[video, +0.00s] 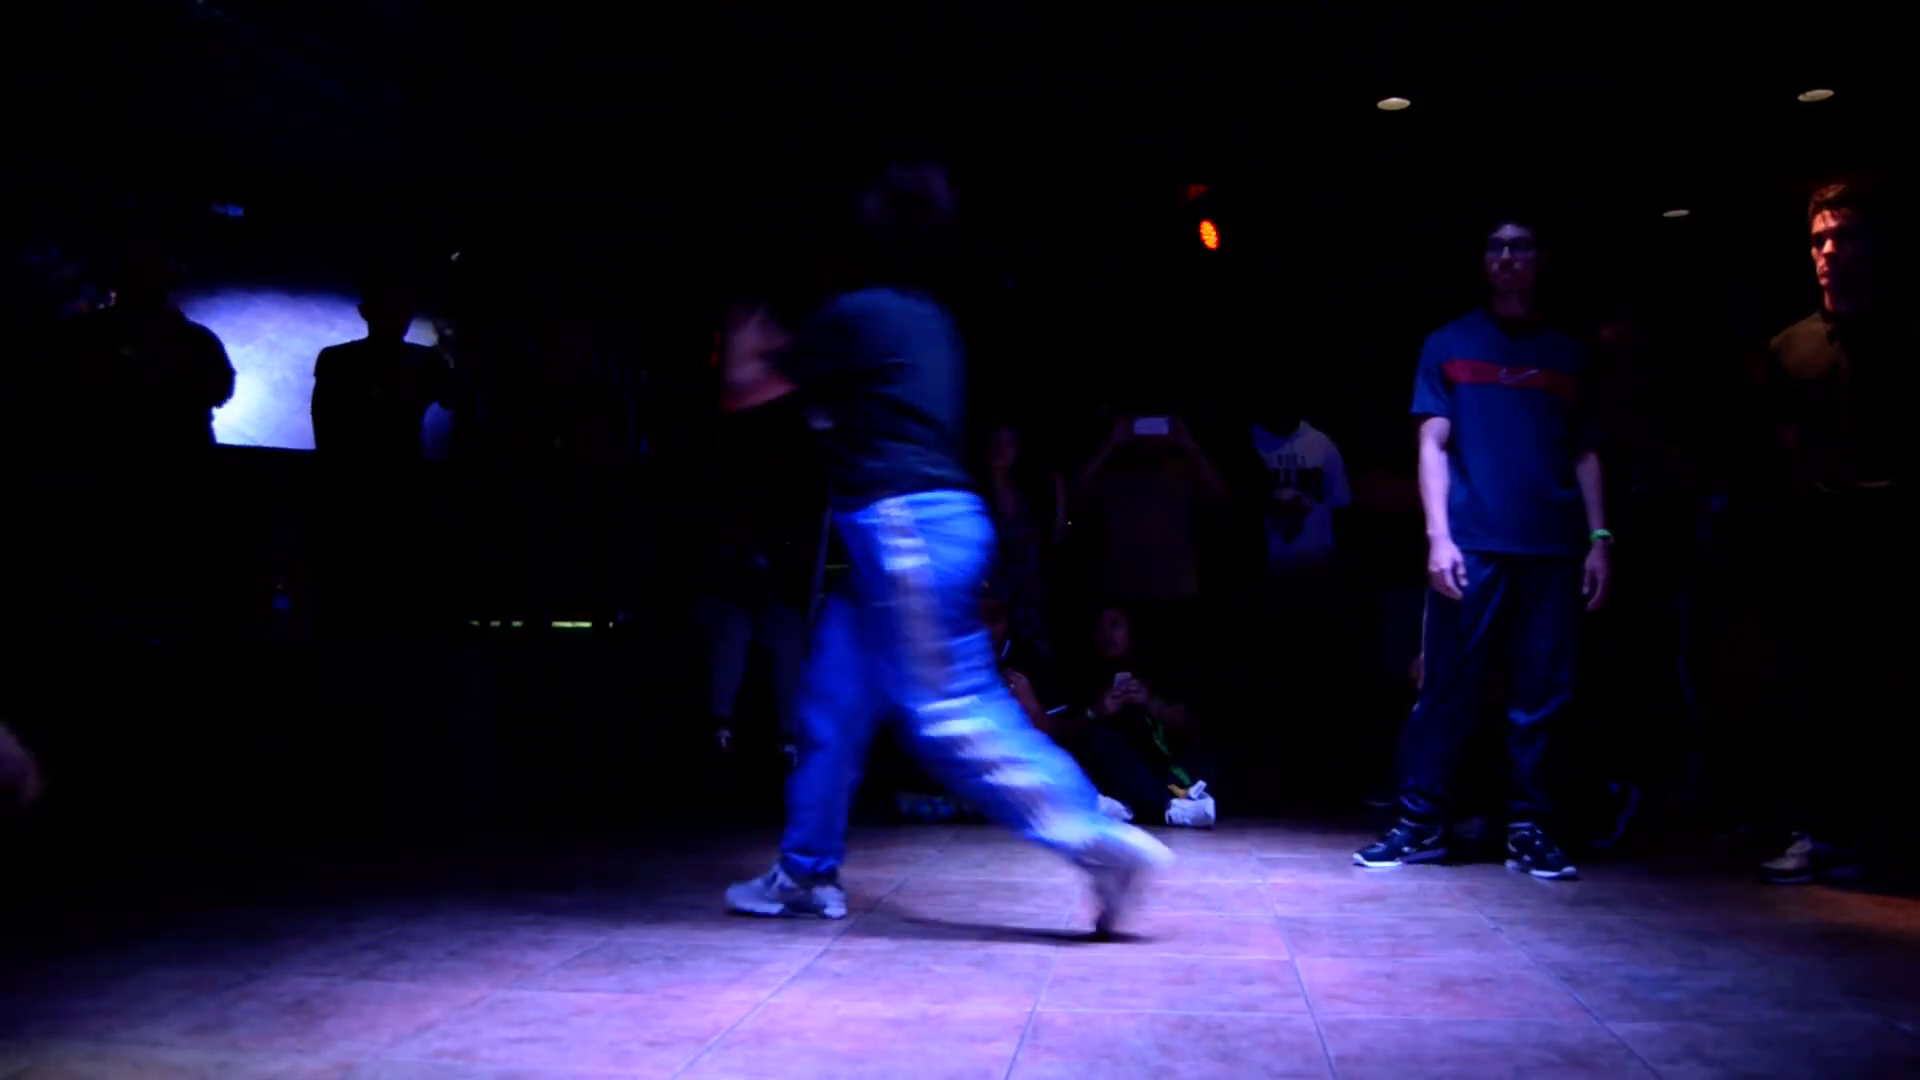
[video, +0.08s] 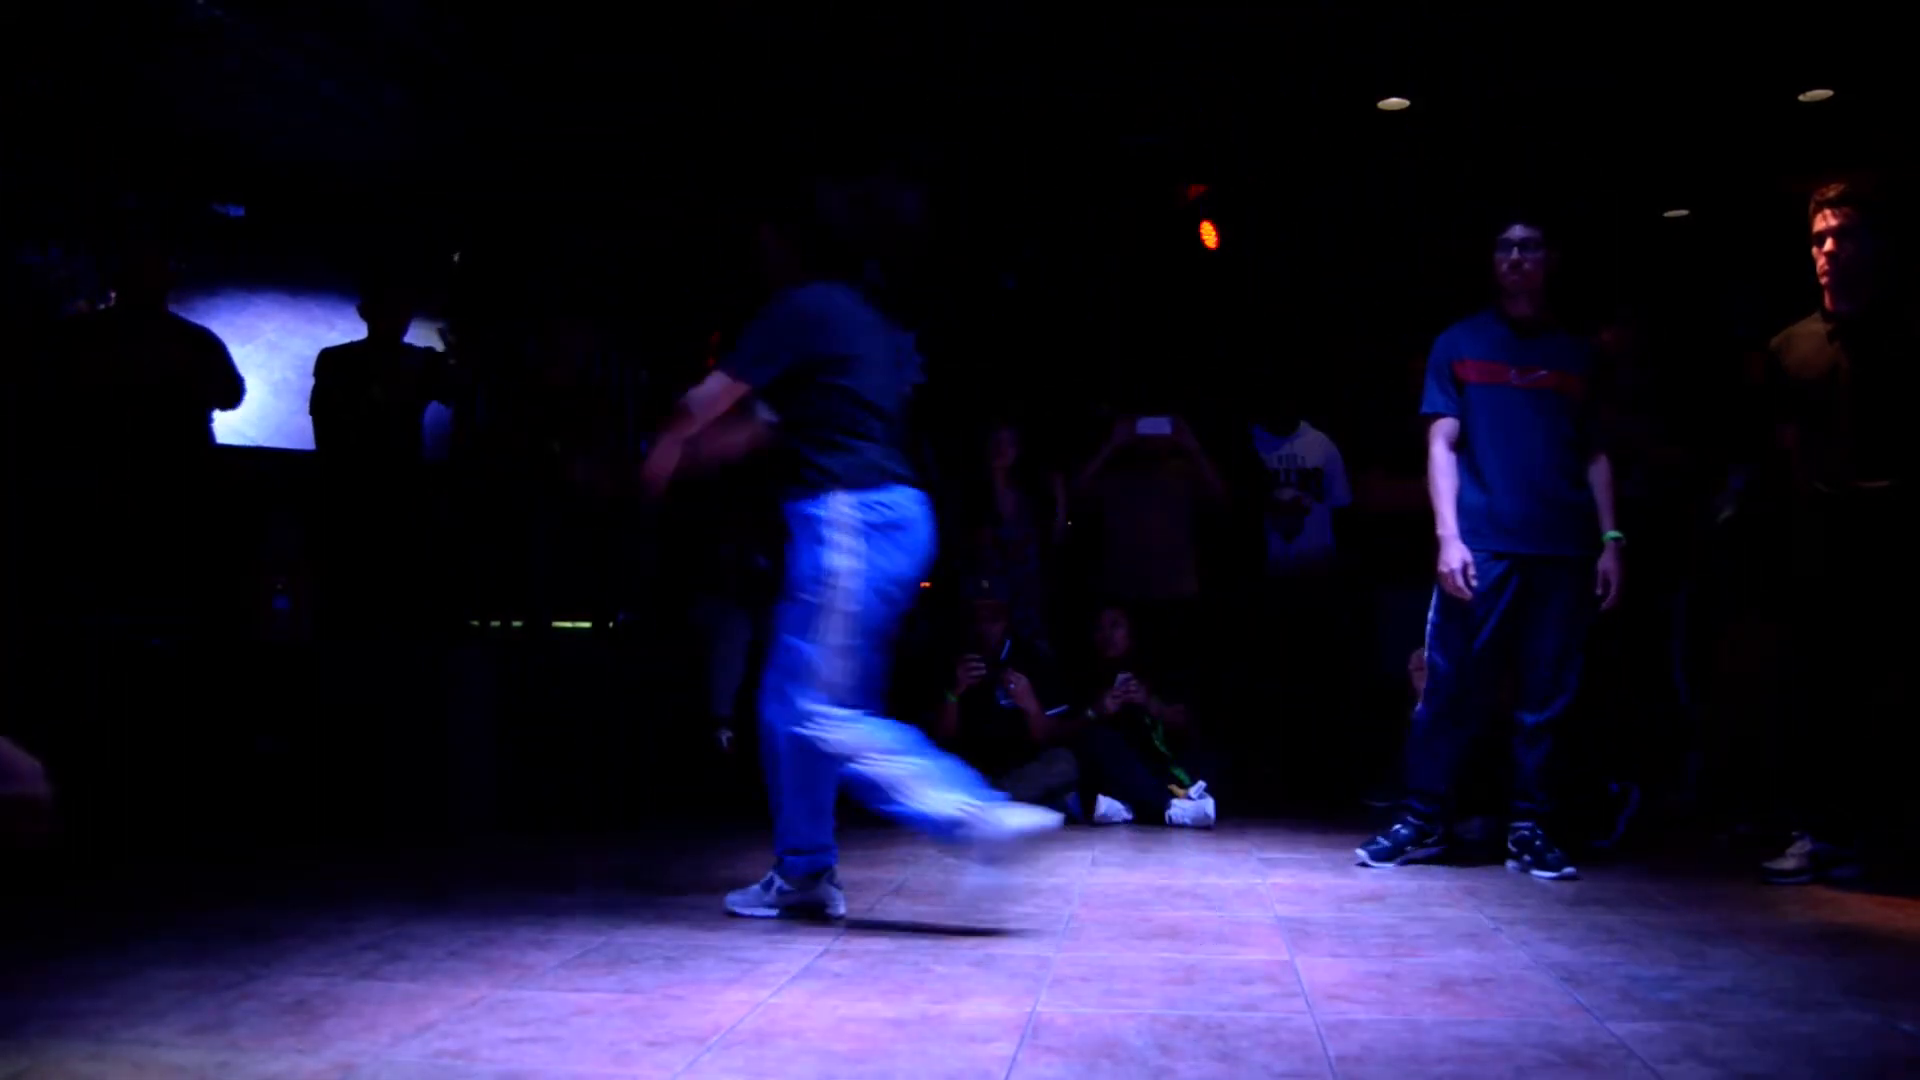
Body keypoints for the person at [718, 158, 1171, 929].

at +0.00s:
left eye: (861, 220)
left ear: (864, 231)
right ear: (929, 235)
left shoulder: (863, 317)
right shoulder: (928, 320)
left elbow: (748, 386)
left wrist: (746, 336)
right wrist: (768, 350)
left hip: (905, 525)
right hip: (938, 516)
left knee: (947, 698)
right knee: (837, 698)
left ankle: (1102, 842)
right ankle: (805, 873)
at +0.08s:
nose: (765, 254)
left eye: (771, 245)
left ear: (790, 247)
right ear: (856, 252)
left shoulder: (801, 311)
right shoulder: (866, 326)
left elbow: (706, 402)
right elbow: (763, 421)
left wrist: (669, 445)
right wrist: (684, 450)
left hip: (848, 518)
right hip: (891, 517)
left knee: (817, 704)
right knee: (793, 700)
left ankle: (984, 815)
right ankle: (804, 873)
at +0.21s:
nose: (690, 246)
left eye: (696, 236)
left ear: (713, 236)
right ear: (759, 241)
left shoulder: (734, 291)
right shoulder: (786, 301)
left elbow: (707, 403)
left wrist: (648, 497)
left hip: (774, 493)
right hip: (825, 493)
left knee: (684, 670)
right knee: (790, 680)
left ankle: (755, 848)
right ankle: (809, 866)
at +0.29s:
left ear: (654, 248)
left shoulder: (688, 298)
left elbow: (714, 398)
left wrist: (655, 489)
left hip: (721, 505)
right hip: (763, 504)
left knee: (613, 664)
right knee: (768, 690)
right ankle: (804, 867)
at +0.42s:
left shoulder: (596, 306)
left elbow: (663, 404)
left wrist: (606, 484)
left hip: (626, 520)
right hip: (668, 517)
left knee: (529, 689)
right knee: (706, 700)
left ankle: (449, 860)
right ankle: (793, 857)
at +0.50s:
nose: (465, 290)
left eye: (473, 276)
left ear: (491, 273)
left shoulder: (536, 311)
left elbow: (589, 410)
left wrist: (498, 468)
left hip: (557, 516)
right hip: (606, 518)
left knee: (481, 682)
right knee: (613, 694)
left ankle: (435, 862)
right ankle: (742, 817)